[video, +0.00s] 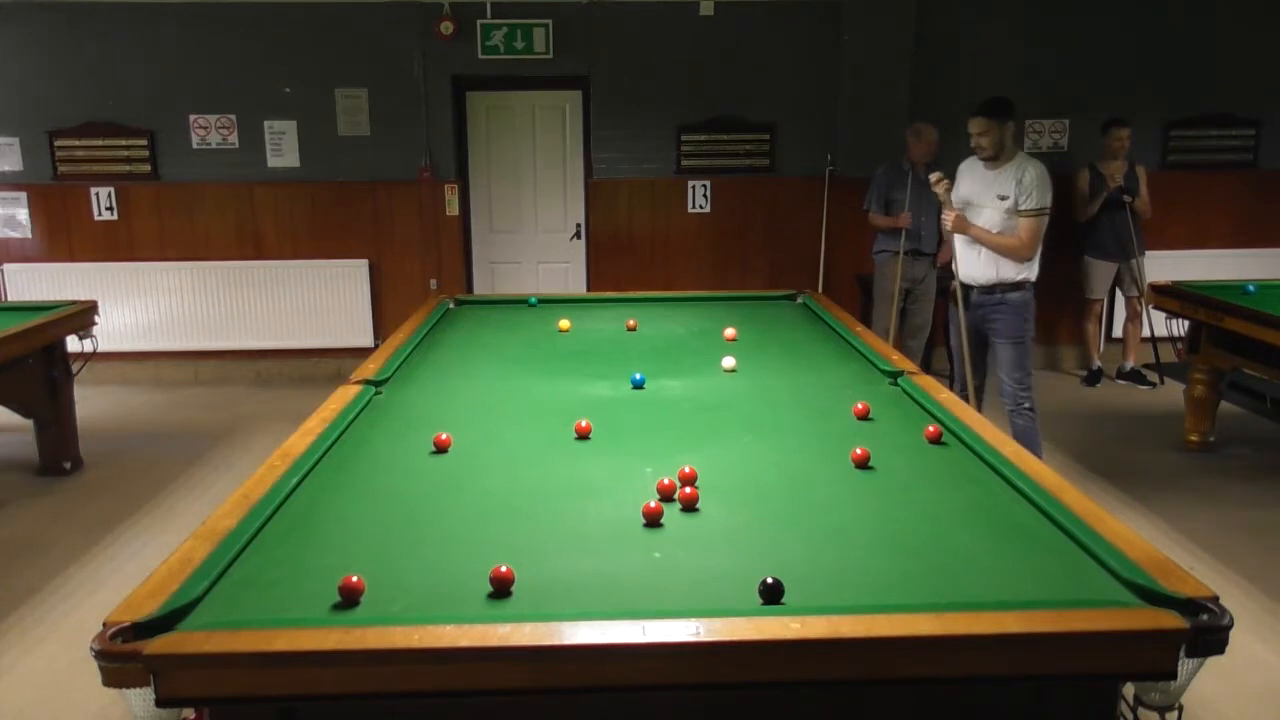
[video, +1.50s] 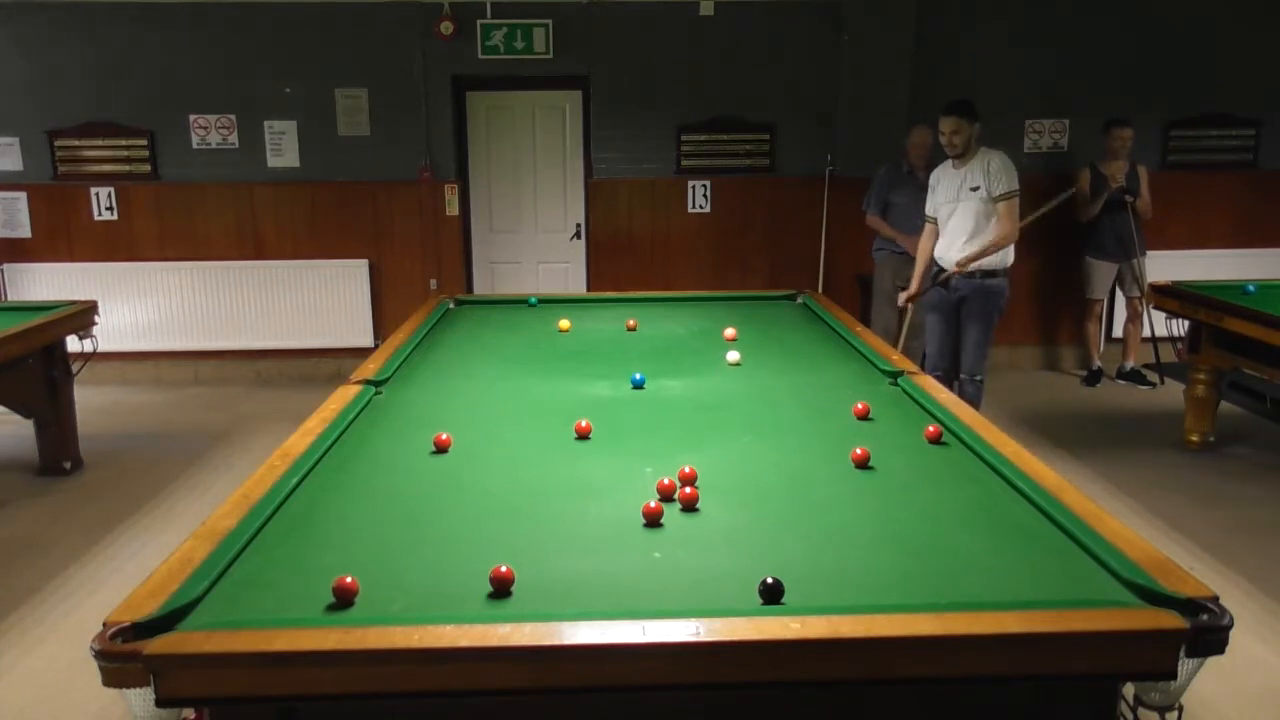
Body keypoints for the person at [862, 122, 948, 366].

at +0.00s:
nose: (930, 149)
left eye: (933, 144)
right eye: (925, 143)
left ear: (936, 147)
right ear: (910, 143)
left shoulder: (935, 179)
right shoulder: (888, 173)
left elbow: (946, 216)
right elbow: (873, 217)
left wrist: (948, 244)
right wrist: (895, 222)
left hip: (926, 261)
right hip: (892, 259)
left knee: (918, 331)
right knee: (884, 326)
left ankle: (908, 386)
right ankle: (877, 383)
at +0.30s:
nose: (932, 152)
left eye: (935, 146)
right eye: (928, 146)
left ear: (938, 148)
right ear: (913, 143)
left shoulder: (937, 177)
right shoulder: (890, 173)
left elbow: (944, 218)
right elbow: (874, 216)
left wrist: (933, 221)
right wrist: (901, 222)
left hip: (927, 259)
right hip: (893, 257)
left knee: (918, 332)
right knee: (885, 326)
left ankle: (909, 386)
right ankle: (877, 381)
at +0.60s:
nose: (934, 153)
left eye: (936, 147)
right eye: (930, 146)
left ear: (937, 149)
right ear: (915, 143)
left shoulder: (934, 177)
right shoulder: (890, 172)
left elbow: (941, 216)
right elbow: (875, 217)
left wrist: (929, 225)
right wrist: (908, 222)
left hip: (922, 257)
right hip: (892, 256)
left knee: (917, 329)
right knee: (885, 325)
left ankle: (909, 384)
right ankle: (877, 380)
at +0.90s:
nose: (935, 153)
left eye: (938, 147)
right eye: (931, 146)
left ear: (940, 149)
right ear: (916, 143)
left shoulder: (938, 178)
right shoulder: (891, 173)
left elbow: (944, 218)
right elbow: (875, 217)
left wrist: (931, 231)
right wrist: (912, 227)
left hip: (926, 260)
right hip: (893, 258)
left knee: (917, 329)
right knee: (887, 327)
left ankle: (913, 386)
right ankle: (879, 383)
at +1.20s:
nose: (932, 151)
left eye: (935, 146)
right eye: (927, 145)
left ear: (939, 148)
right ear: (912, 145)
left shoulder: (938, 179)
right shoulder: (891, 174)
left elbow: (944, 219)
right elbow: (877, 217)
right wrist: (915, 227)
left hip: (925, 259)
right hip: (893, 257)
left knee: (917, 327)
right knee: (886, 325)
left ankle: (911, 386)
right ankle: (878, 382)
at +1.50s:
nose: (922, 150)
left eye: (927, 145)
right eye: (917, 145)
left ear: (932, 149)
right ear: (907, 146)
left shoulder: (938, 180)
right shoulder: (890, 174)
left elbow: (945, 218)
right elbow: (871, 217)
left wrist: (929, 245)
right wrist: (905, 240)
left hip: (925, 258)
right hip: (891, 256)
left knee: (918, 324)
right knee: (886, 322)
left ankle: (909, 382)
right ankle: (879, 378)